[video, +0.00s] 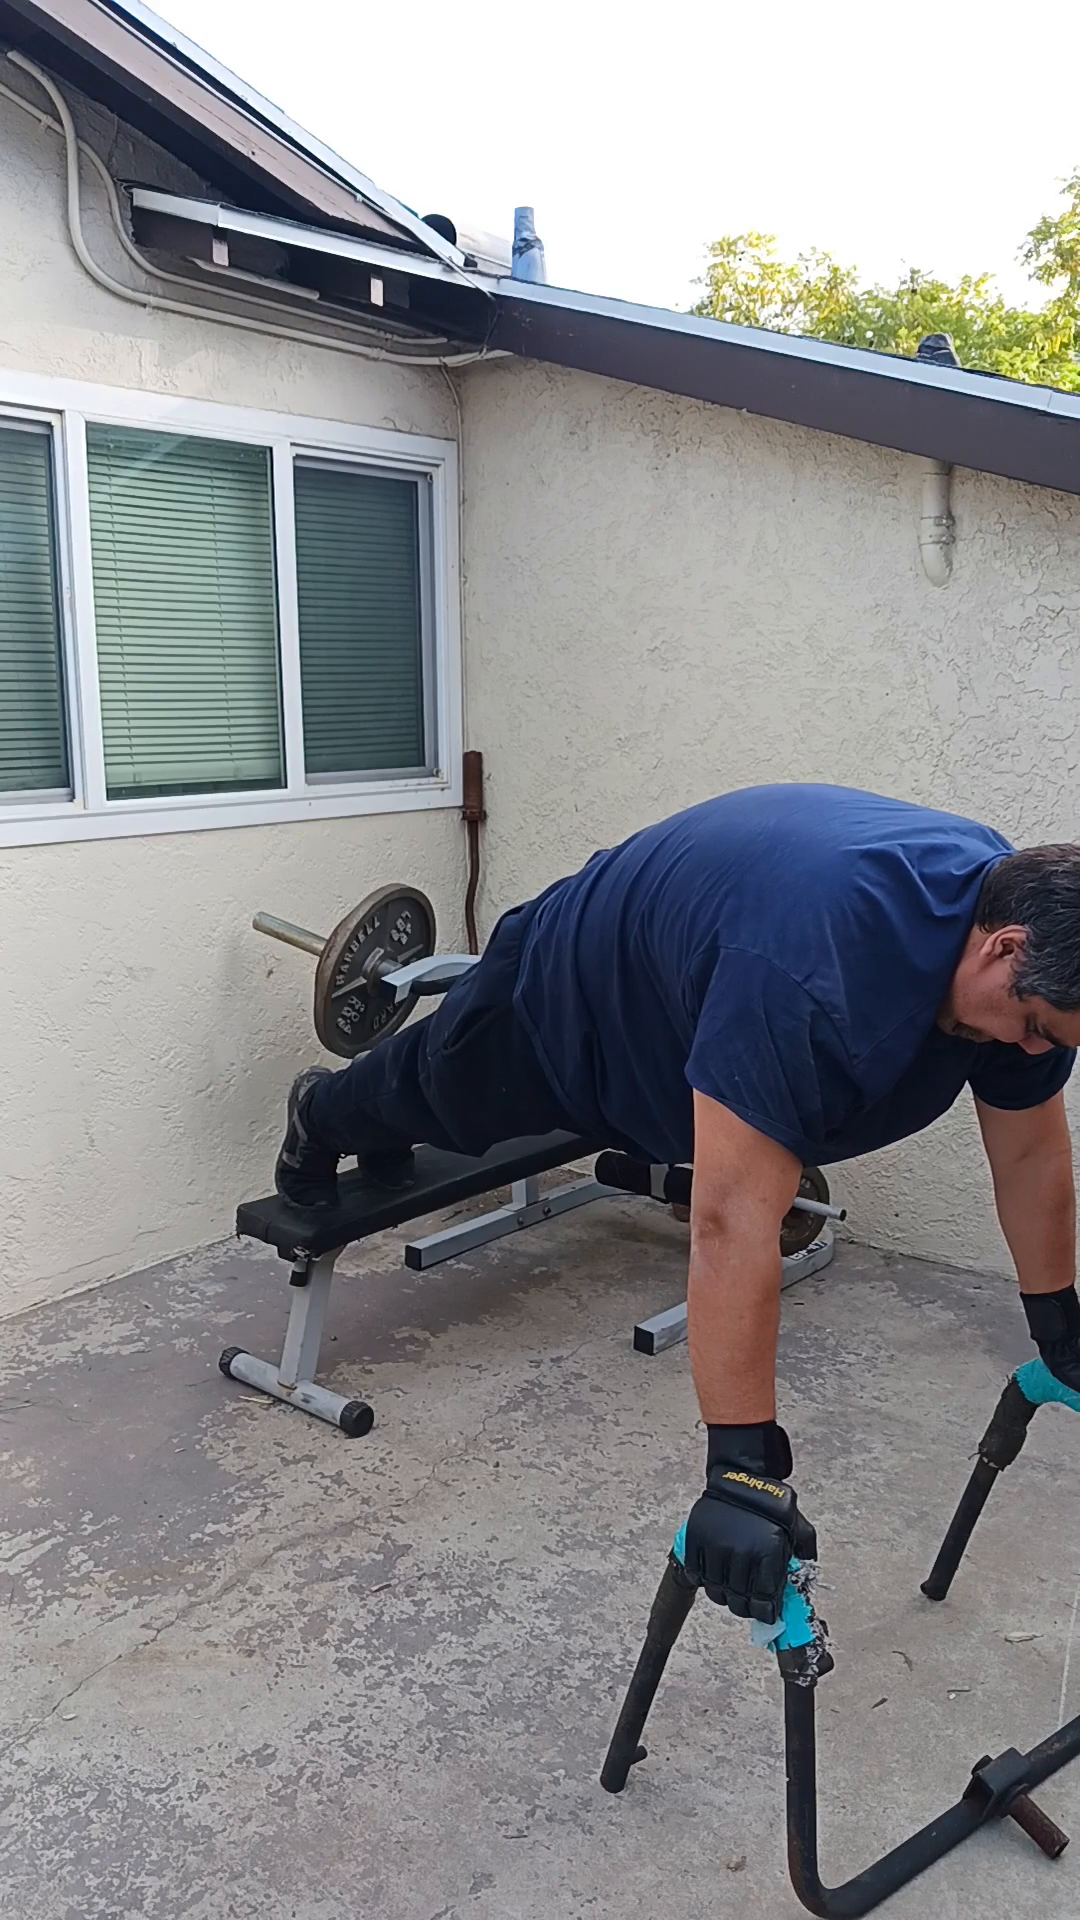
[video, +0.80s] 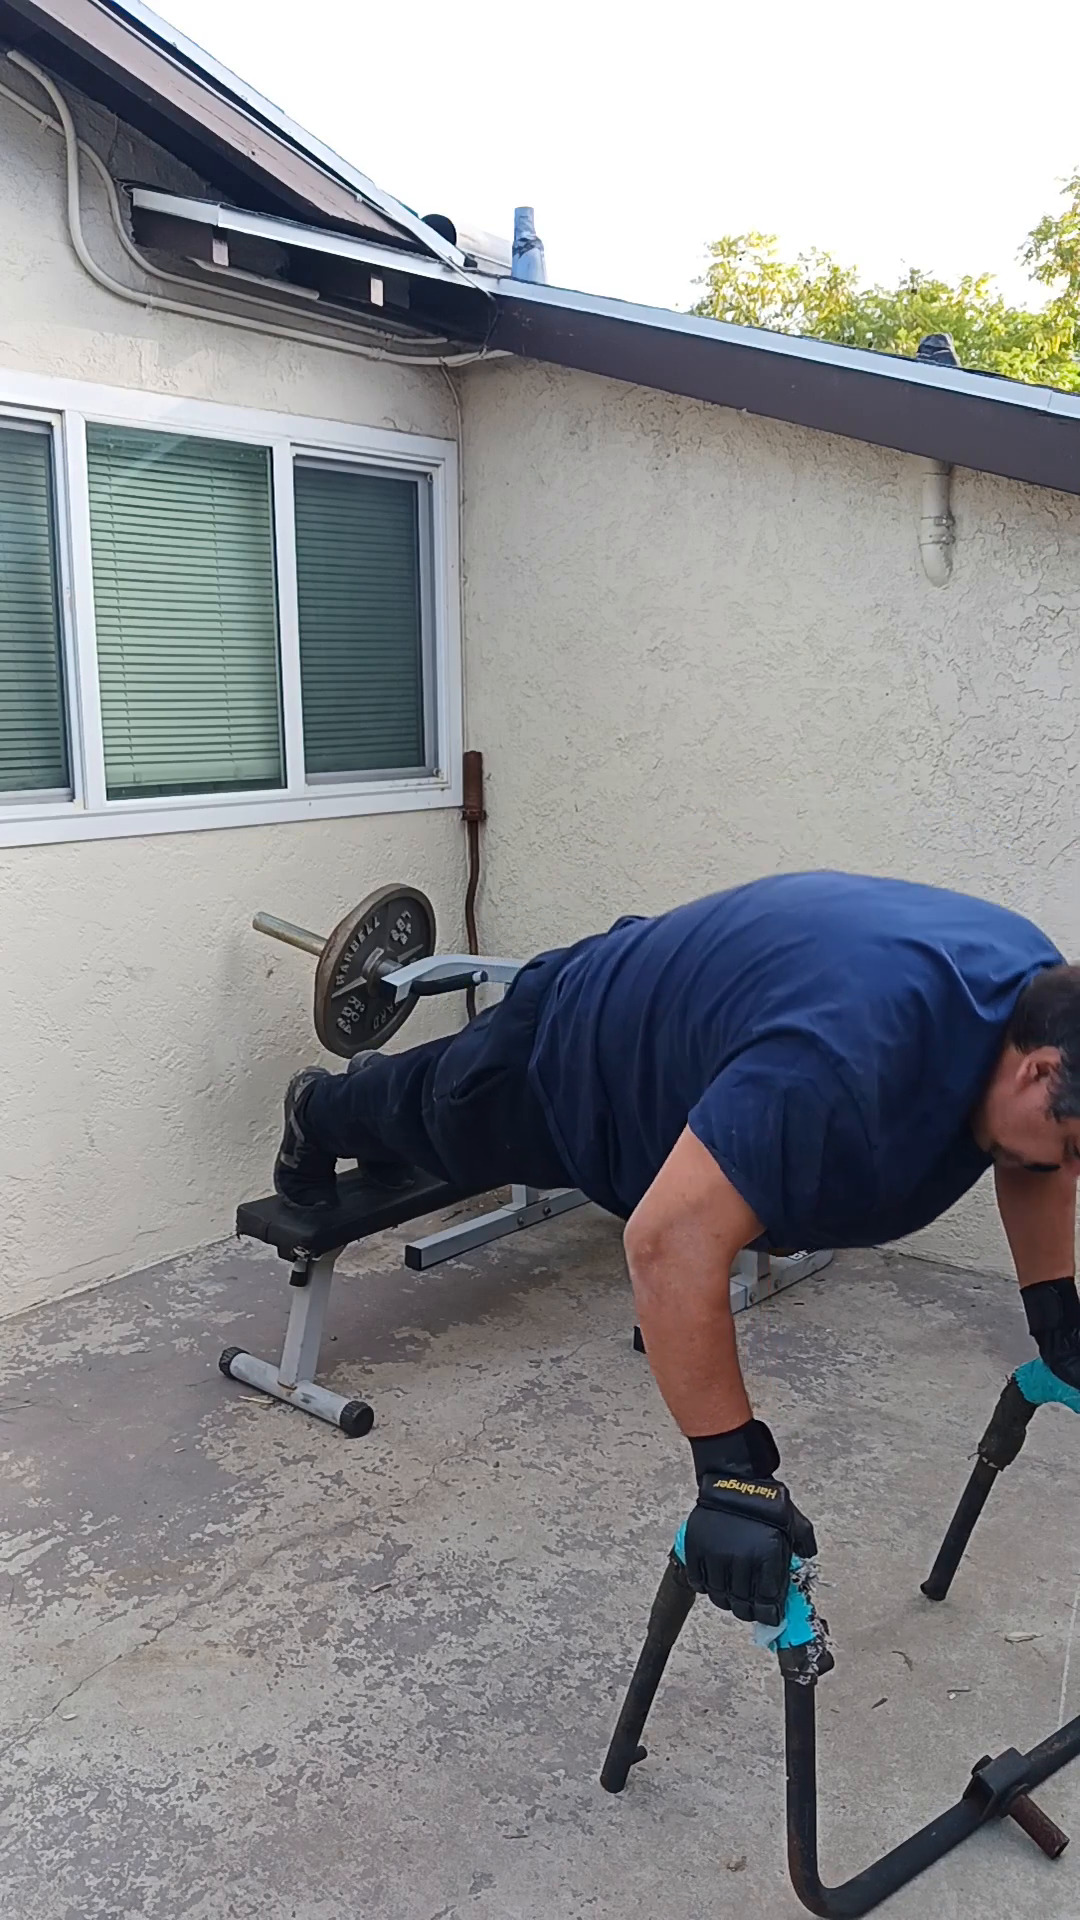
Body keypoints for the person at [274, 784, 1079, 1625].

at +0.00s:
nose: (1044, 1052)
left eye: (1058, 1039)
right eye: (1041, 1029)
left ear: (1016, 946)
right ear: (997, 953)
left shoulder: (1027, 965)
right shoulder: (809, 957)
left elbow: (1035, 1157)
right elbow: (730, 1220)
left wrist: (1057, 1322)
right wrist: (744, 1468)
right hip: (572, 985)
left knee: (494, 1088)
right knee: (429, 1079)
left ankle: (388, 1123)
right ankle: (319, 1113)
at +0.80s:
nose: (1044, 1164)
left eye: (1065, 1155)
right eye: (1050, 1141)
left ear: (1052, 1064)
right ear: (1026, 1068)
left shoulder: (1035, 993)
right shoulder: (835, 1063)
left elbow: (1040, 1162)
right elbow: (669, 1249)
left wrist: (1056, 1318)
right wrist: (735, 1475)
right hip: (583, 1041)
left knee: (496, 1112)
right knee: (430, 1101)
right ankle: (316, 1108)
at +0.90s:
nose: (1057, 1271)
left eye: (1074, 1261)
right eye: (1069, 1242)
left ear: (1065, 1159)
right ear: (1052, 1167)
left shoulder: (1057, 1058)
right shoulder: (868, 1128)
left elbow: (1039, 1186)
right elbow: (655, 1256)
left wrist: (1053, 1294)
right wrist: (733, 1475)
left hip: (728, 990)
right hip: (603, 1065)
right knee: (439, 1113)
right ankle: (321, 1106)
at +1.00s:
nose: (1054, 1350)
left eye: (1064, 1349)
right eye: (1069, 1337)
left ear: (1070, 1246)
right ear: (1064, 1257)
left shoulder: (1070, 1116)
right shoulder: (898, 1197)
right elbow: (652, 1265)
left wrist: (1040, 1336)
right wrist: (735, 1478)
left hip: (710, 1040)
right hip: (601, 1112)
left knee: (507, 1109)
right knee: (447, 1123)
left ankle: (395, 1140)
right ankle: (321, 1113)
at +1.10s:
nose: (1051, 1417)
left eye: (1064, 1414)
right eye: (1068, 1408)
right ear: (1068, 1342)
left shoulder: (1077, 1168)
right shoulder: (903, 1261)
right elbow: (654, 1265)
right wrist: (733, 1477)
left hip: (713, 1071)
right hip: (605, 1141)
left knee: (522, 1104)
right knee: (449, 1138)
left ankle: (391, 1084)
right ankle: (324, 1110)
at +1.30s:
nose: (1053, 1524)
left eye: (1063, 1520)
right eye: (1068, 1518)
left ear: (1070, 1454)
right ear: (1070, 1459)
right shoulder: (925, 1350)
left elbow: (1040, 1130)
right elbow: (681, 1259)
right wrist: (733, 1480)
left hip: (731, 1119)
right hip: (626, 1195)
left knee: (542, 1130)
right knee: (462, 1175)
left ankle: (405, 1083)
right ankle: (327, 1110)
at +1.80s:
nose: (1053, 1450)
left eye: (1067, 1440)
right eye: (1071, 1437)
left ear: (1071, 1373)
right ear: (1067, 1382)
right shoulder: (906, 1288)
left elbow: (1051, 1134)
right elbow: (646, 1273)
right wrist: (730, 1479)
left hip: (713, 1094)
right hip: (605, 1174)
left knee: (534, 1119)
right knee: (451, 1158)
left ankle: (404, 1084)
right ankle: (323, 1108)